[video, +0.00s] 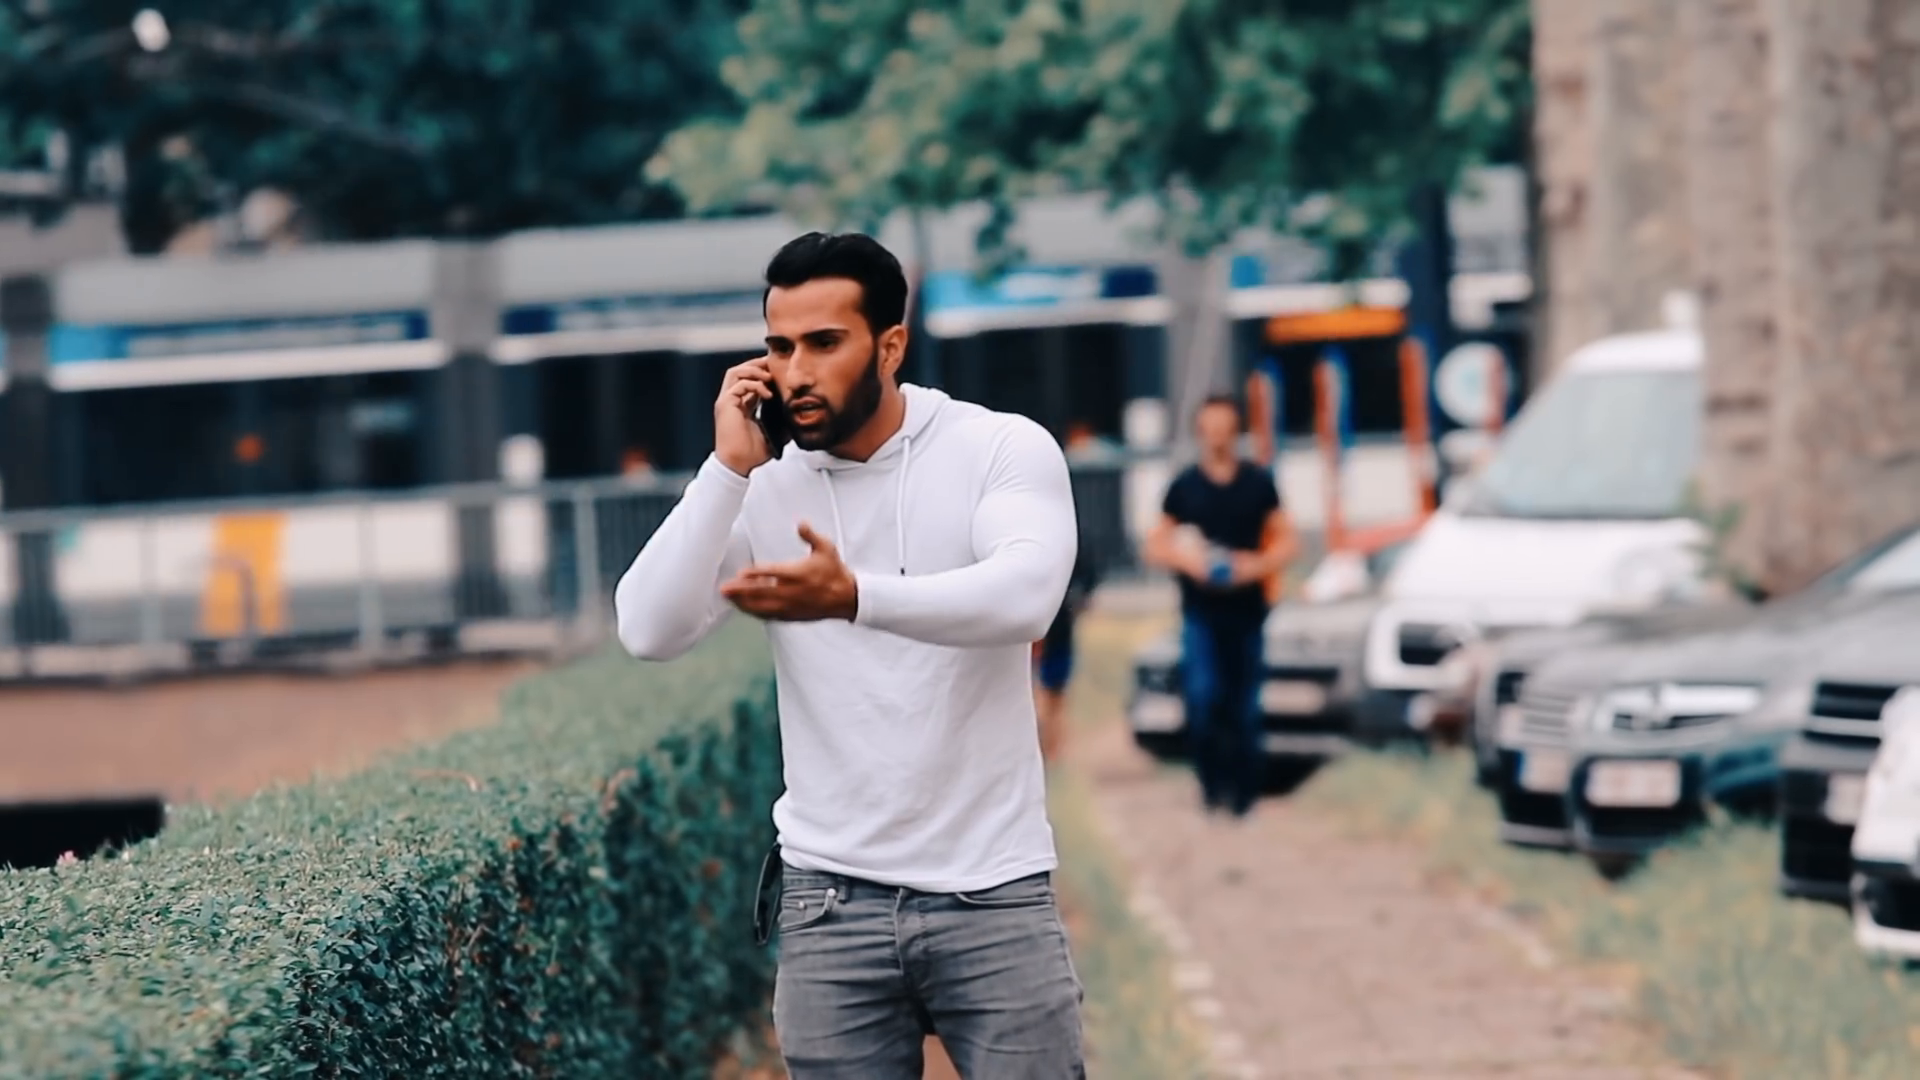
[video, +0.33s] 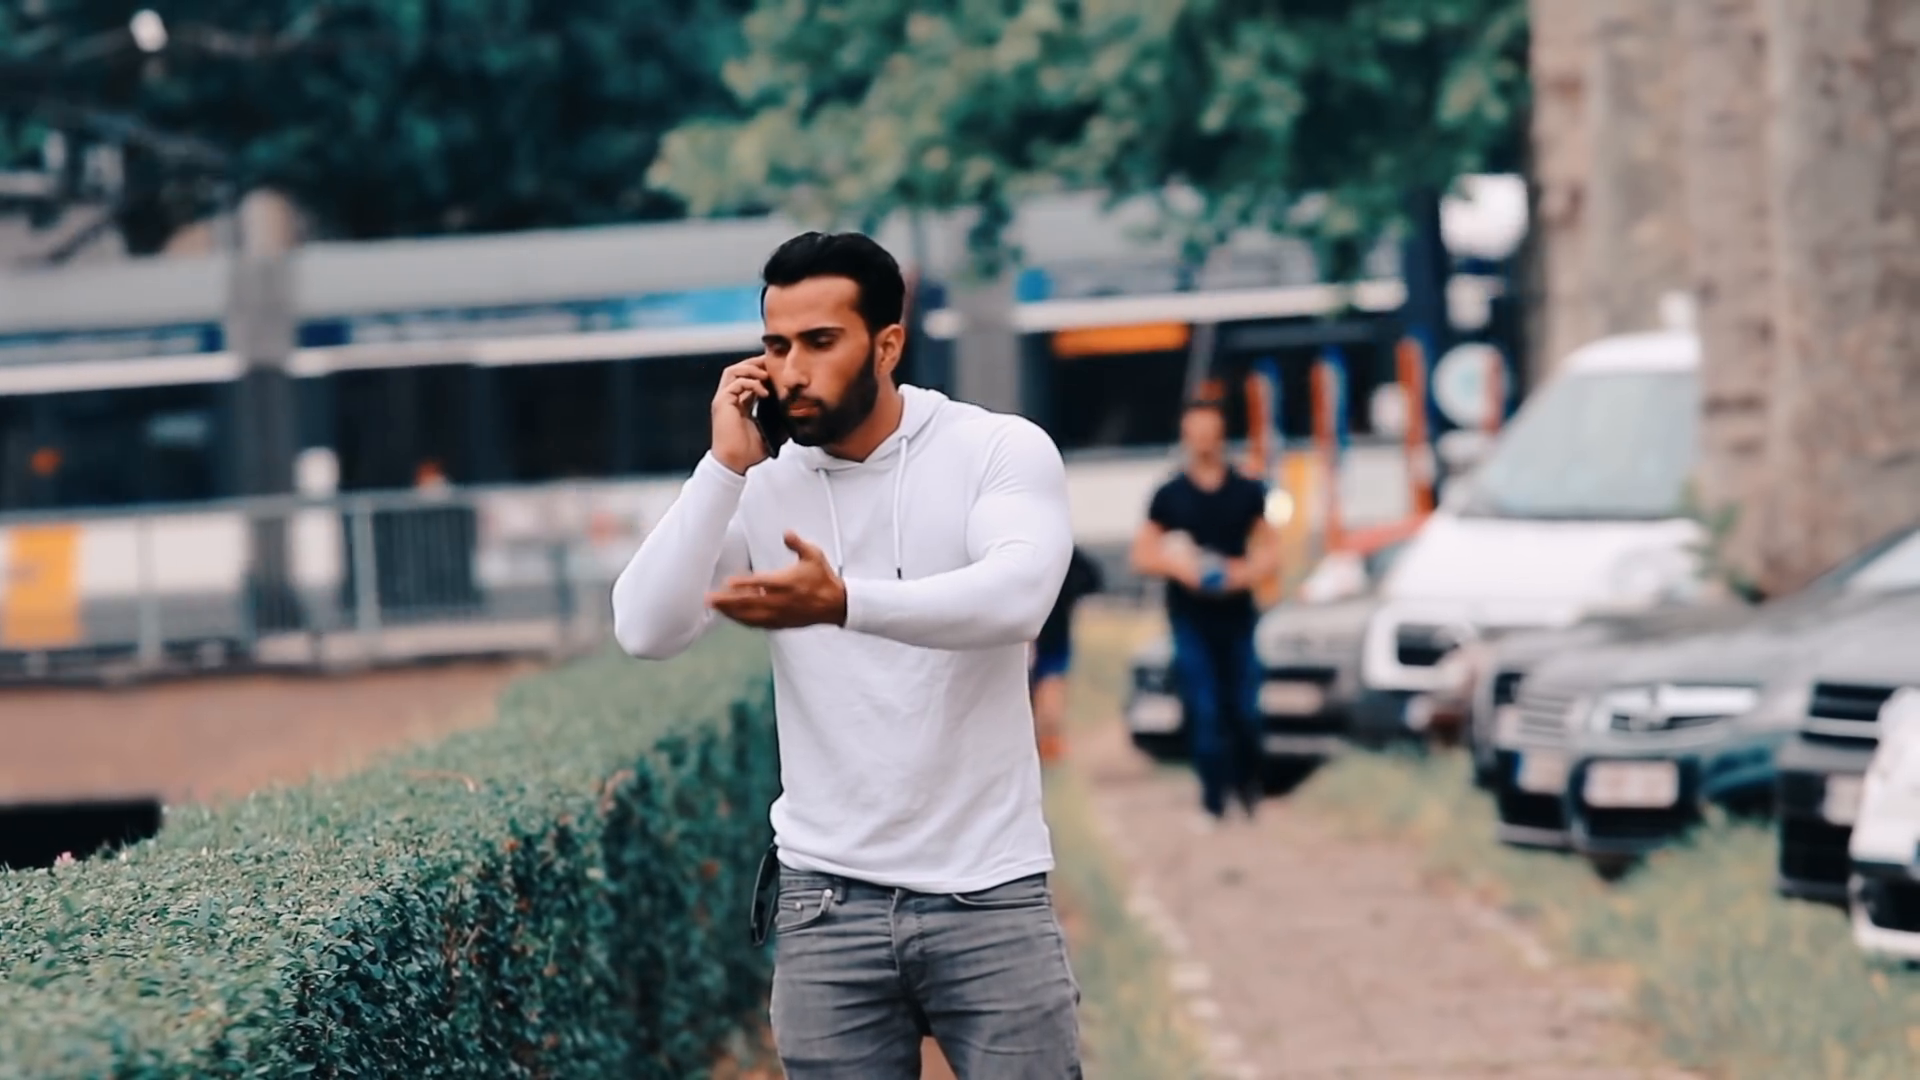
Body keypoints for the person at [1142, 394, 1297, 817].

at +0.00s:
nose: (1217, 438)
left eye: (1224, 429)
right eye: (1210, 429)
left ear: (1236, 431)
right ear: (1199, 431)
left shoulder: (1258, 483)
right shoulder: (1186, 485)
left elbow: (1285, 541)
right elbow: (1158, 544)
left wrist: (1253, 565)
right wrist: (1191, 562)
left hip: (1247, 605)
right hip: (1202, 605)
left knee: (1244, 699)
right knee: (1203, 694)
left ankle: (1245, 787)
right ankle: (1213, 785)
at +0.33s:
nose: (1202, 443)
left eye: (1209, 434)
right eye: (1194, 435)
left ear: (1221, 436)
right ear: (1183, 437)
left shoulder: (1246, 492)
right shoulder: (1170, 495)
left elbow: (1270, 551)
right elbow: (1144, 554)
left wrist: (1241, 572)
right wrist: (1184, 568)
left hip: (1237, 613)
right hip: (1191, 614)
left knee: (1243, 704)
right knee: (1203, 706)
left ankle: (1248, 786)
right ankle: (1213, 796)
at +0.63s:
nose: (1211, 441)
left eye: (1218, 433)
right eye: (1203, 433)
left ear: (1229, 434)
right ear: (1190, 434)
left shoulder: (1249, 487)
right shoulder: (1174, 492)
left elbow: (1274, 544)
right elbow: (1148, 550)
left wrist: (1248, 571)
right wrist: (1188, 565)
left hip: (1237, 609)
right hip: (1193, 611)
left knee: (1236, 698)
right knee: (1200, 704)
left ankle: (1246, 786)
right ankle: (1214, 794)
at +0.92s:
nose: (1215, 425)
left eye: (1223, 418)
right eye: (1207, 417)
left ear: (1234, 420)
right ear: (1193, 419)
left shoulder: (1253, 475)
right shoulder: (1176, 476)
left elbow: (1278, 536)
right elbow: (1149, 538)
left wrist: (1243, 558)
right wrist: (1186, 553)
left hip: (1243, 604)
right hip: (1196, 604)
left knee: (1239, 700)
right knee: (1200, 695)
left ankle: (1238, 790)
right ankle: (1211, 784)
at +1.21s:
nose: (1216, 440)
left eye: (1223, 431)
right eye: (1207, 432)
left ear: (1232, 434)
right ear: (1193, 434)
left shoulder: (1255, 489)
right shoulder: (1176, 493)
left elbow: (1284, 546)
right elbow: (1150, 555)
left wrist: (1251, 573)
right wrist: (1189, 569)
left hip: (1245, 610)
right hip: (1199, 612)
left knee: (1246, 705)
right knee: (1212, 705)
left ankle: (1244, 798)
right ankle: (1217, 806)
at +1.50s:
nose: (1224, 435)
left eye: (1231, 427)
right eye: (1216, 427)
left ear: (1242, 430)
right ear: (1202, 430)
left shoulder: (1264, 486)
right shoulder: (1182, 489)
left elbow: (1289, 548)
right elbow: (1155, 548)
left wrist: (1250, 565)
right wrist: (1188, 562)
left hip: (1245, 617)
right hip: (1198, 618)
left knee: (1253, 703)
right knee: (1203, 714)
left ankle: (1283, 802)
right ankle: (1212, 810)